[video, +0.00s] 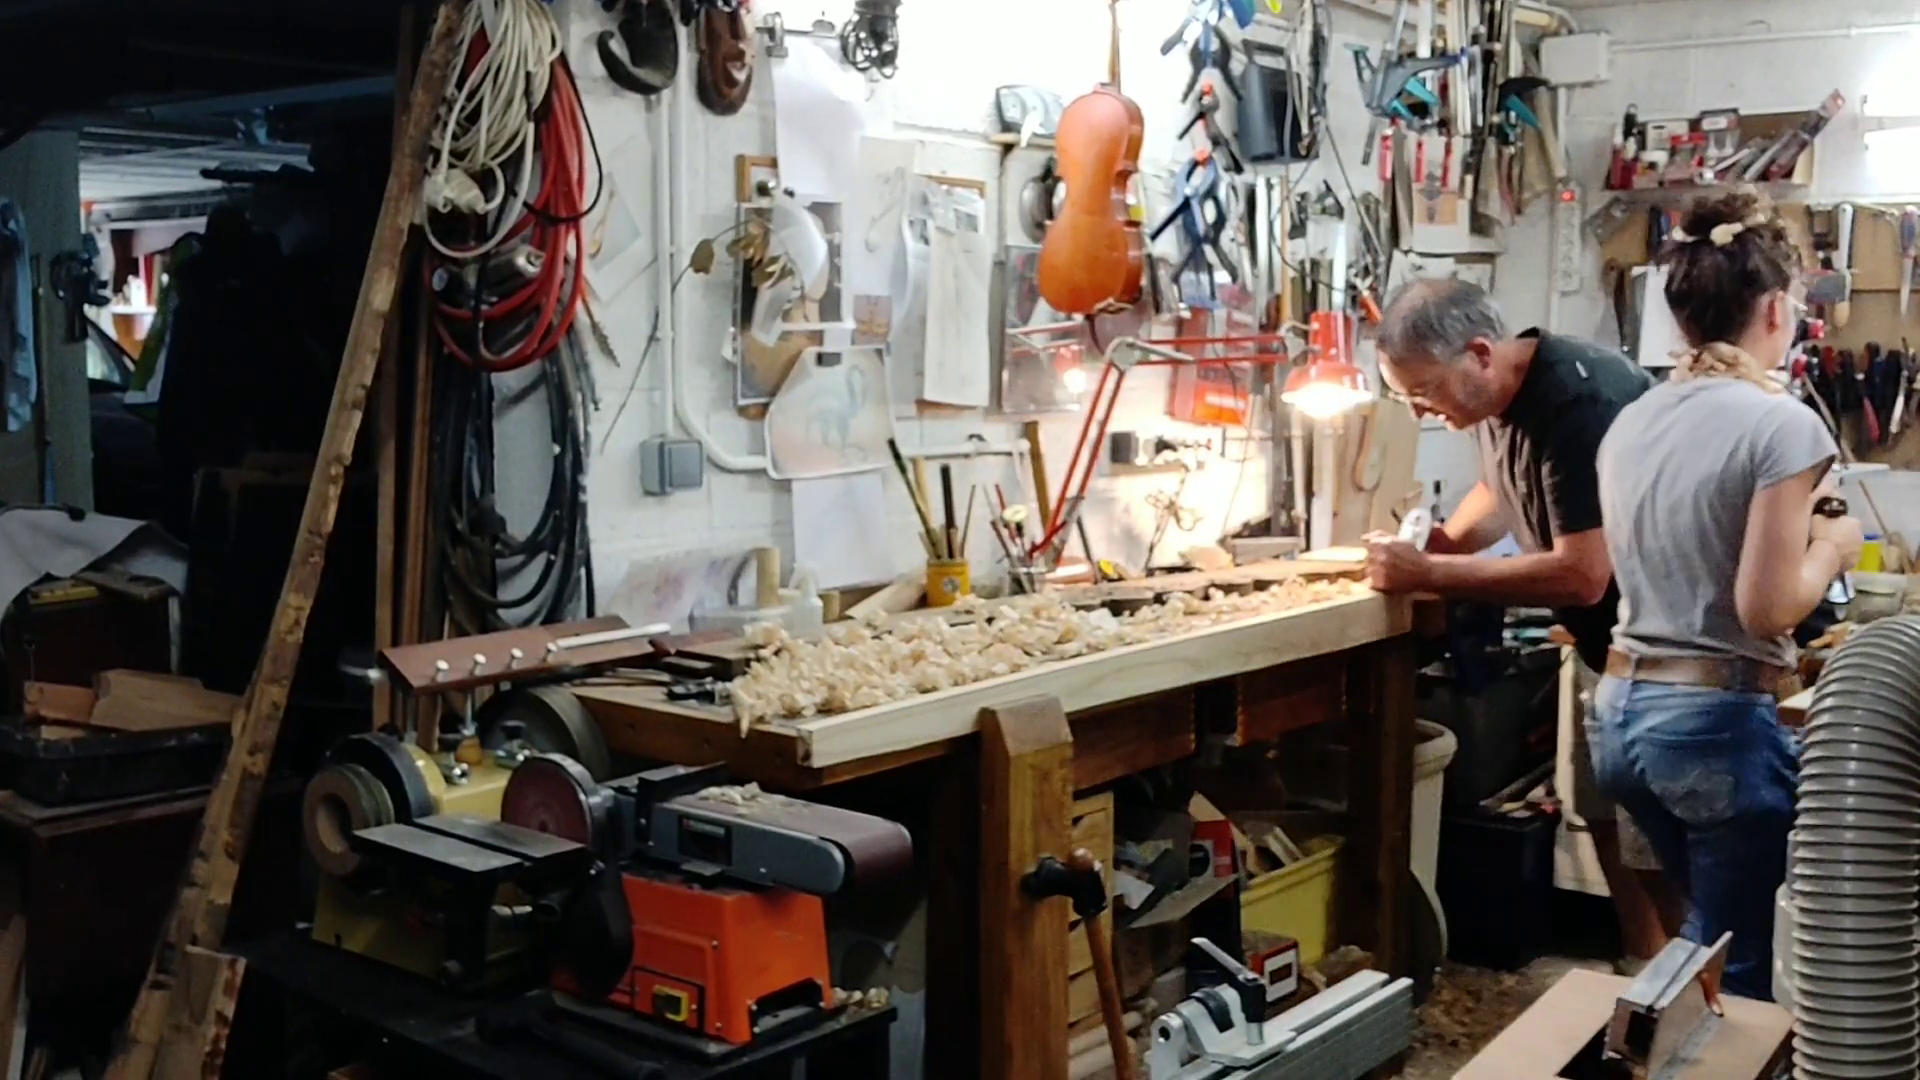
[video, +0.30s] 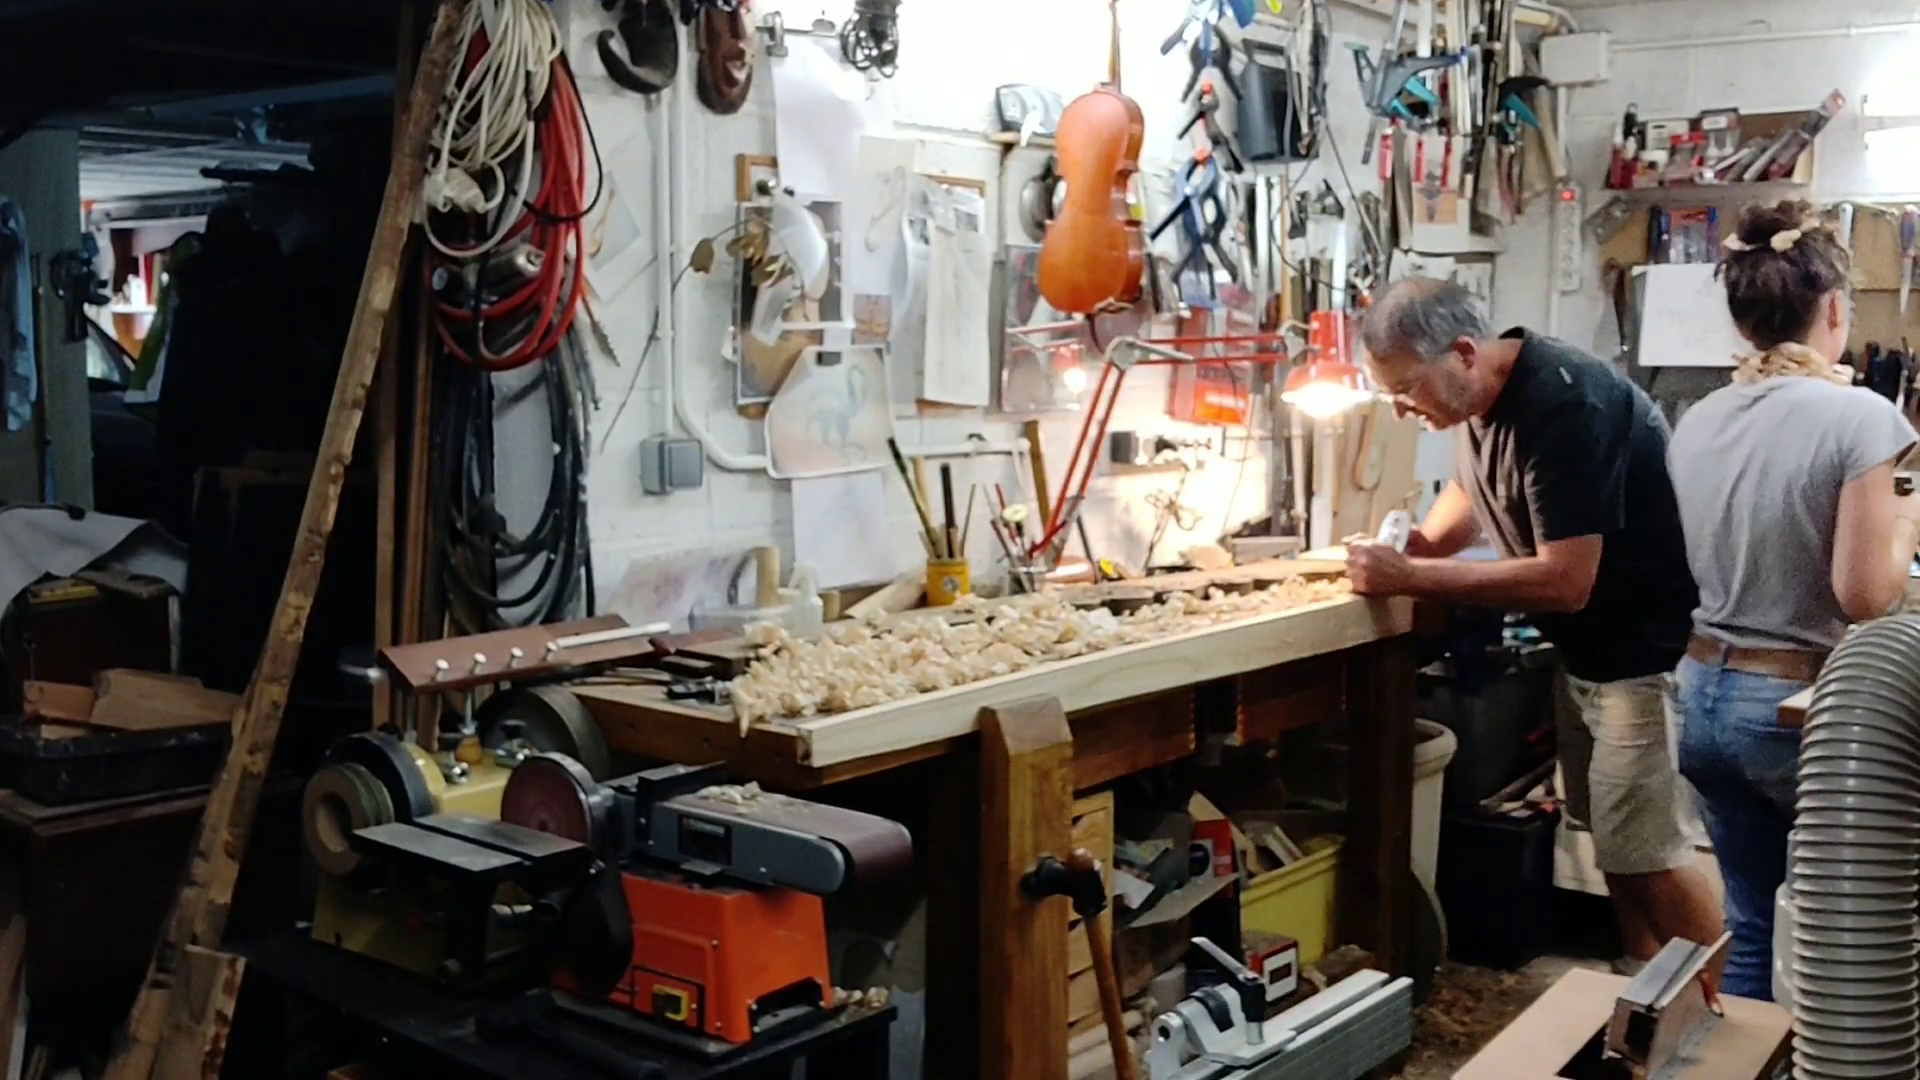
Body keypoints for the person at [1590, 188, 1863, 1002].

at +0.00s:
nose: (1799, 318)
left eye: (1800, 299)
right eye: (1798, 300)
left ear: (1684, 312)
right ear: (1773, 311)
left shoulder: (1627, 425)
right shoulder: (1785, 423)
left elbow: (1642, 573)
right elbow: (1767, 611)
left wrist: (1787, 517)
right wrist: (1833, 547)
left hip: (1617, 707)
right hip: (1718, 719)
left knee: (1704, 926)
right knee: (1744, 951)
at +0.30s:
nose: (1849, 321)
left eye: (1847, 304)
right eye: (1847, 304)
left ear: (1743, 321)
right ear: (1833, 311)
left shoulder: (1696, 422)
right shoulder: (1861, 416)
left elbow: (1697, 561)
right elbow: (1864, 594)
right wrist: (1905, 531)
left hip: (1698, 692)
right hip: (1800, 702)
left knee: (1748, 919)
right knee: (1830, 923)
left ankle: (1744, 1067)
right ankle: (1820, 1067)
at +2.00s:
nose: (1600, 345)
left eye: (1610, 328)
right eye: (1594, 330)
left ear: (1666, 321)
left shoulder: (1700, 409)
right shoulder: (1638, 406)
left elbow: (1646, 548)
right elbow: (1631, 510)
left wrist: (1523, 550)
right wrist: (1561, 510)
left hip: (1712, 628)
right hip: (1656, 625)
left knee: (1685, 818)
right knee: (1635, 805)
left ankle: (1749, 982)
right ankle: (1672, 963)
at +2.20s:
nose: (1577, 348)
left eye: (1589, 331)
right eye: (1570, 333)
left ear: (1642, 325)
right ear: (1568, 331)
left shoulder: (1680, 409)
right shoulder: (1601, 409)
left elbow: (1644, 552)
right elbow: (1601, 507)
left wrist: (1527, 549)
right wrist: (1535, 512)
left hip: (1695, 628)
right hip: (1626, 627)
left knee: (1645, 805)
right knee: (1624, 805)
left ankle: (1700, 984)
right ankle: (1669, 971)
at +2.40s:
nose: (1567, 355)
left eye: (1580, 338)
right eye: (1559, 340)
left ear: (1633, 334)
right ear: (1555, 336)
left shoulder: (1671, 414)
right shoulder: (1585, 410)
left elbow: (1636, 555)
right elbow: (1581, 491)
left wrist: (1521, 552)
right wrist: (1523, 510)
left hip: (1686, 636)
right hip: (1613, 632)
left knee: (1638, 811)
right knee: (1616, 807)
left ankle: (1665, 987)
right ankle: (1657, 973)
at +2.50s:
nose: (1562, 362)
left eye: (1576, 344)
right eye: (1553, 347)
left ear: (1629, 337)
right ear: (1546, 343)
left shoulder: (1665, 419)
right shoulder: (1576, 412)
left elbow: (1628, 560)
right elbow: (1573, 486)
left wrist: (1513, 552)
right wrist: (1511, 512)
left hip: (1681, 638)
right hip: (1610, 634)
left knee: (1631, 810)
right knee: (1614, 807)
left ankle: (1662, 990)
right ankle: (1665, 973)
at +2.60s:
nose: (1556, 369)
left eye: (1570, 353)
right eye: (1547, 353)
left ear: (1623, 344)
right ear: (1539, 343)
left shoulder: (1660, 425)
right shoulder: (1579, 413)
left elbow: (1619, 565)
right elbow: (1565, 488)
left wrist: (1505, 554)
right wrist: (1504, 512)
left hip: (1677, 640)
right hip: (1616, 636)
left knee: (1618, 818)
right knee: (1631, 819)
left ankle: (1656, 992)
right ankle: (1680, 979)